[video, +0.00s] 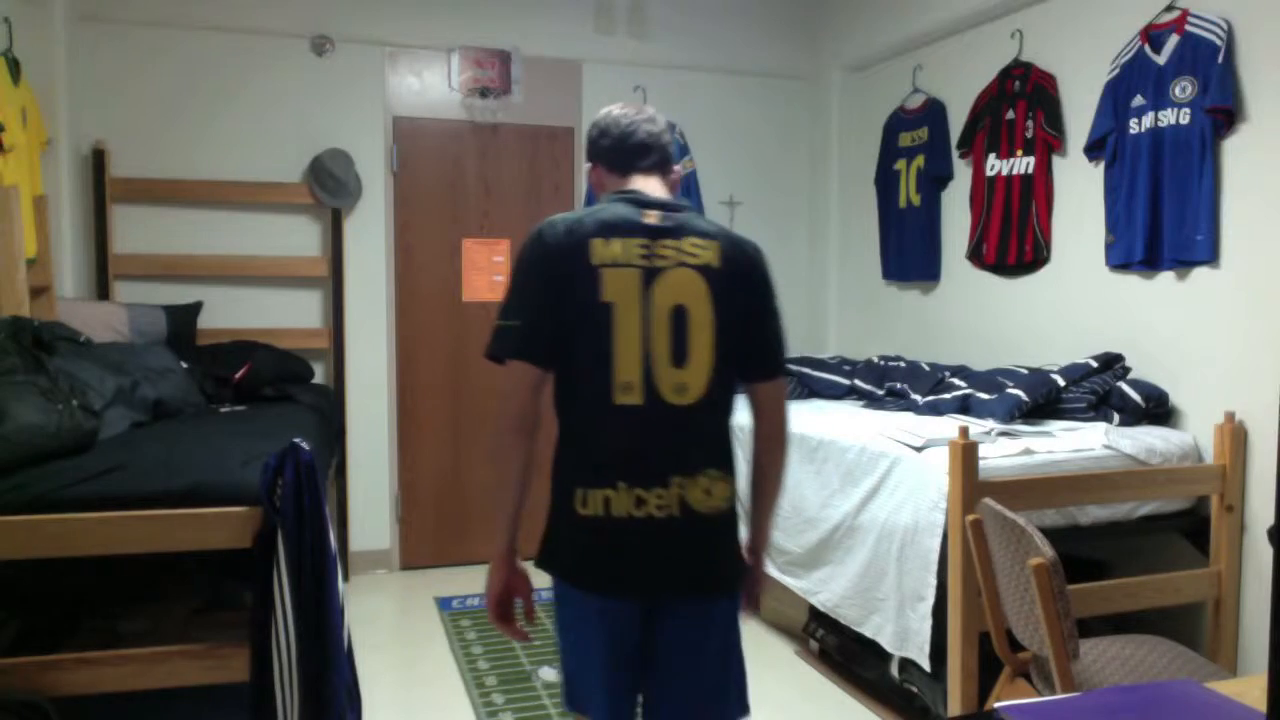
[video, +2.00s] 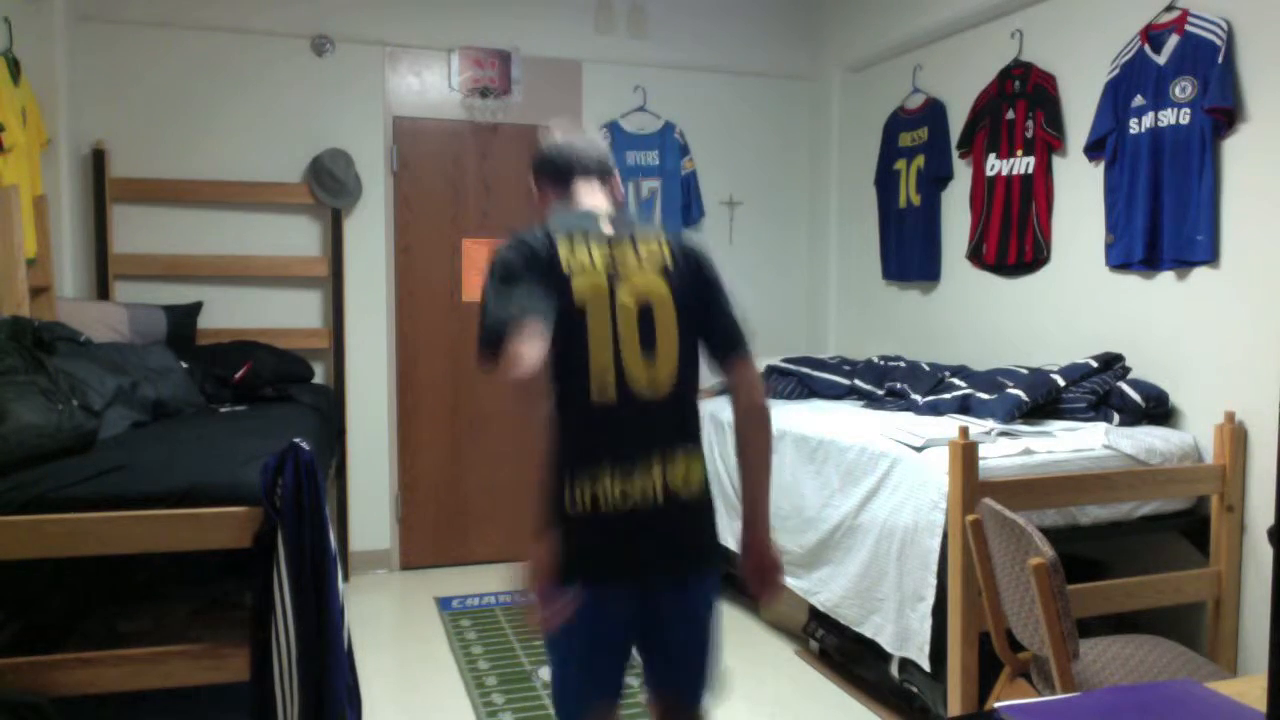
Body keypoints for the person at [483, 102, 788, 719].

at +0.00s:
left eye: (590, 170)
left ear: (594, 172)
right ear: (675, 170)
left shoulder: (557, 244)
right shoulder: (736, 255)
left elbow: (521, 415)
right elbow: (771, 417)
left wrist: (505, 555)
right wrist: (757, 548)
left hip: (594, 552)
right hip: (702, 553)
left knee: (600, 709)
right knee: (701, 710)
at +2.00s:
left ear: (542, 191)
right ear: (615, 187)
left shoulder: (529, 253)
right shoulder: (680, 254)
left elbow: (527, 367)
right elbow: (750, 395)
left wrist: (542, 531)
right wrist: (758, 531)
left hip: (587, 539)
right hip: (682, 533)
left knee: (588, 708)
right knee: (679, 706)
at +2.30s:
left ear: (583, 188)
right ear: (662, 190)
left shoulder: (538, 251)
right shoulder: (716, 251)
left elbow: (462, 388)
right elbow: (775, 398)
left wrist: (514, 420)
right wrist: (793, 551)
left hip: (601, 521)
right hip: (701, 512)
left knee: (610, 702)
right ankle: (589, 670)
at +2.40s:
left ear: (589, 186)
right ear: (668, 186)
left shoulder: (544, 252)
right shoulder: (722, 247)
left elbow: (467, 388)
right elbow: (779, 397)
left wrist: (558, 400)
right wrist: (792, 542)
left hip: (604, 522)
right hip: (705, 512)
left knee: (615, 704)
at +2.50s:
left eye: (600, 162)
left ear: (602, 171)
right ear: (684, 169)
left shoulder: (557, 251)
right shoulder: (737, 250)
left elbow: (487, 394)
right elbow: (791, 397)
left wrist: (568, 377)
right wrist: (787, 519)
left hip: (612, 529)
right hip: (713, 522)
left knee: (624, 706)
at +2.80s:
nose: (636, 140)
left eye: (638, 129)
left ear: (644, 141)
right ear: (722, 136)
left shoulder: (634, 248)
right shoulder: (776, 250)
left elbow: (579, 399)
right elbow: (801, 401)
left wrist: (560, 391)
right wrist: (752, 460)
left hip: (651, 535)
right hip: (743, 532)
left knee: (629, 707)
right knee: (726, 698)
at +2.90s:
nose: (652, 136)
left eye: (652, 124)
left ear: (659, 138)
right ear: (738, 134)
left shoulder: (659, 246)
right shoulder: (790, 247)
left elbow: (650, 409)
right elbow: (797, 401)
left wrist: (578, 395)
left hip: (669, 532)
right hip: (761, 531)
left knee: (640, 705)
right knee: (751, 705)